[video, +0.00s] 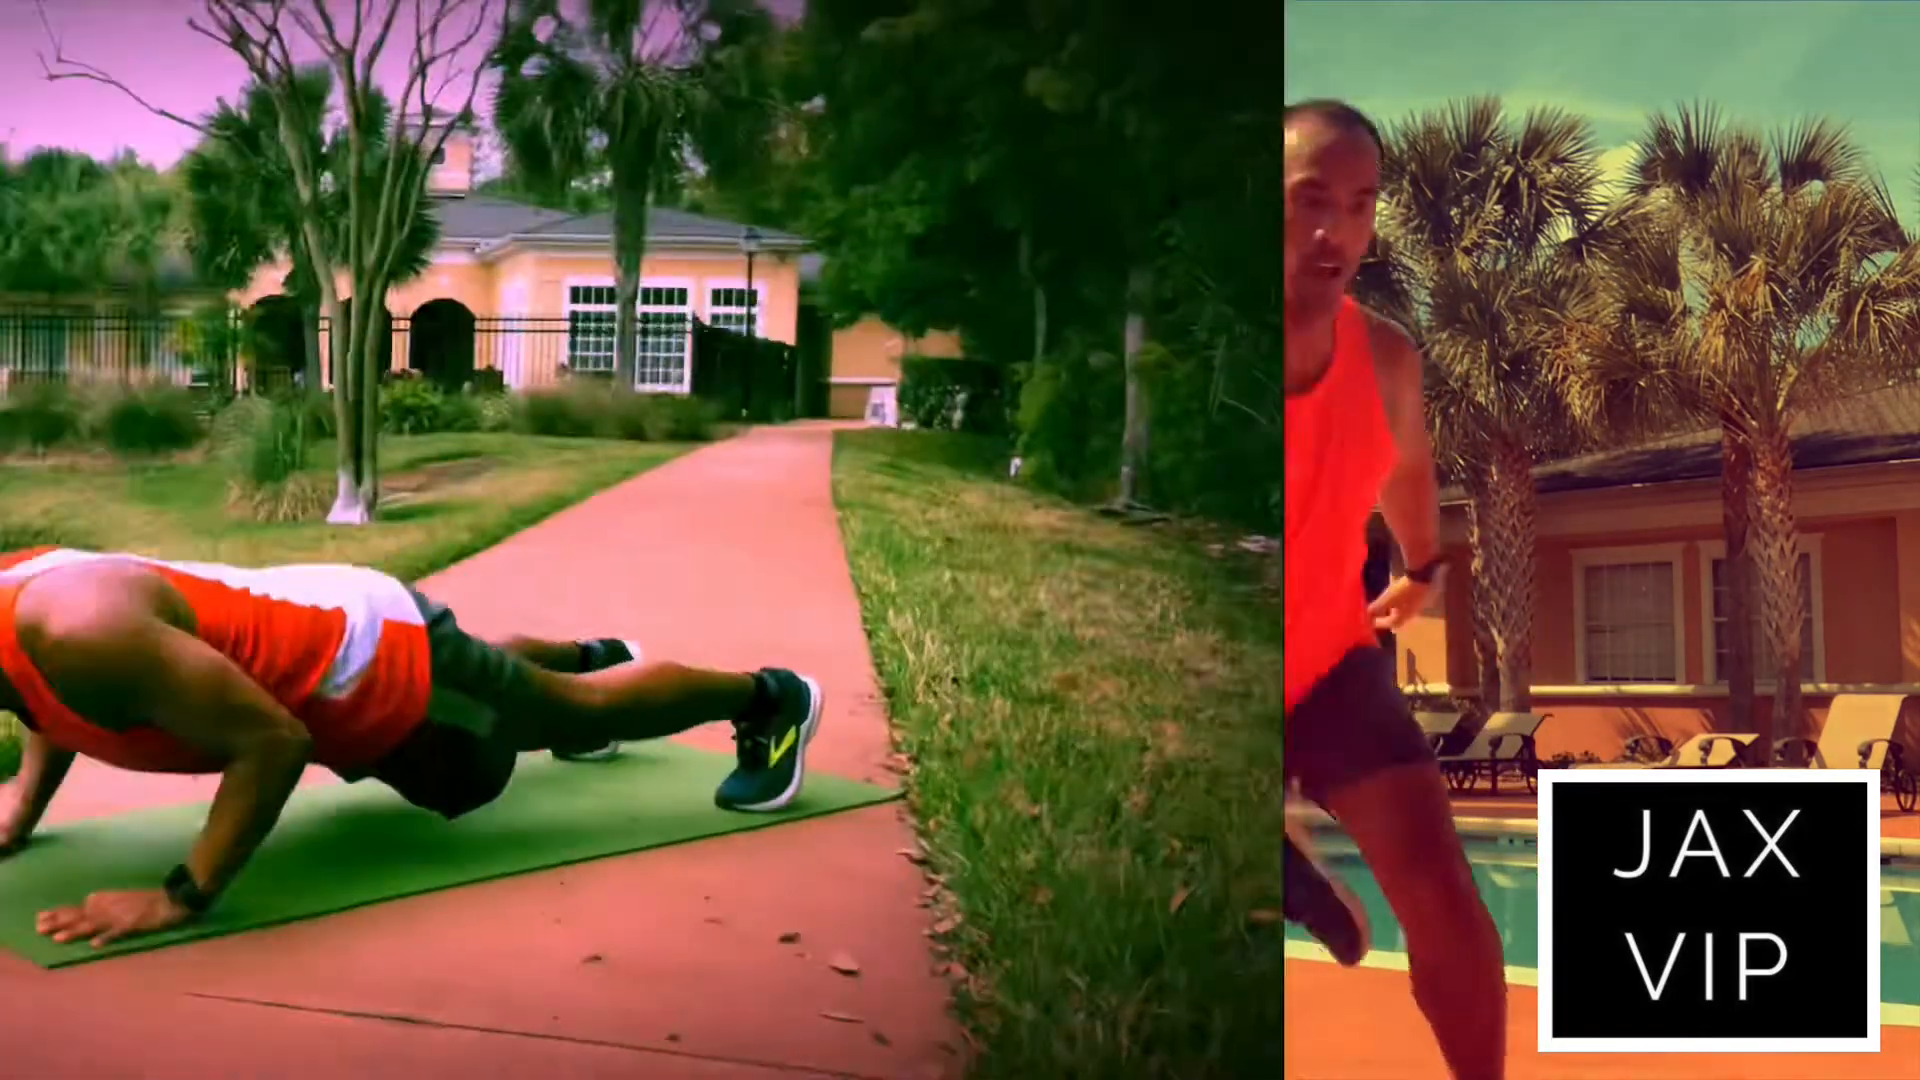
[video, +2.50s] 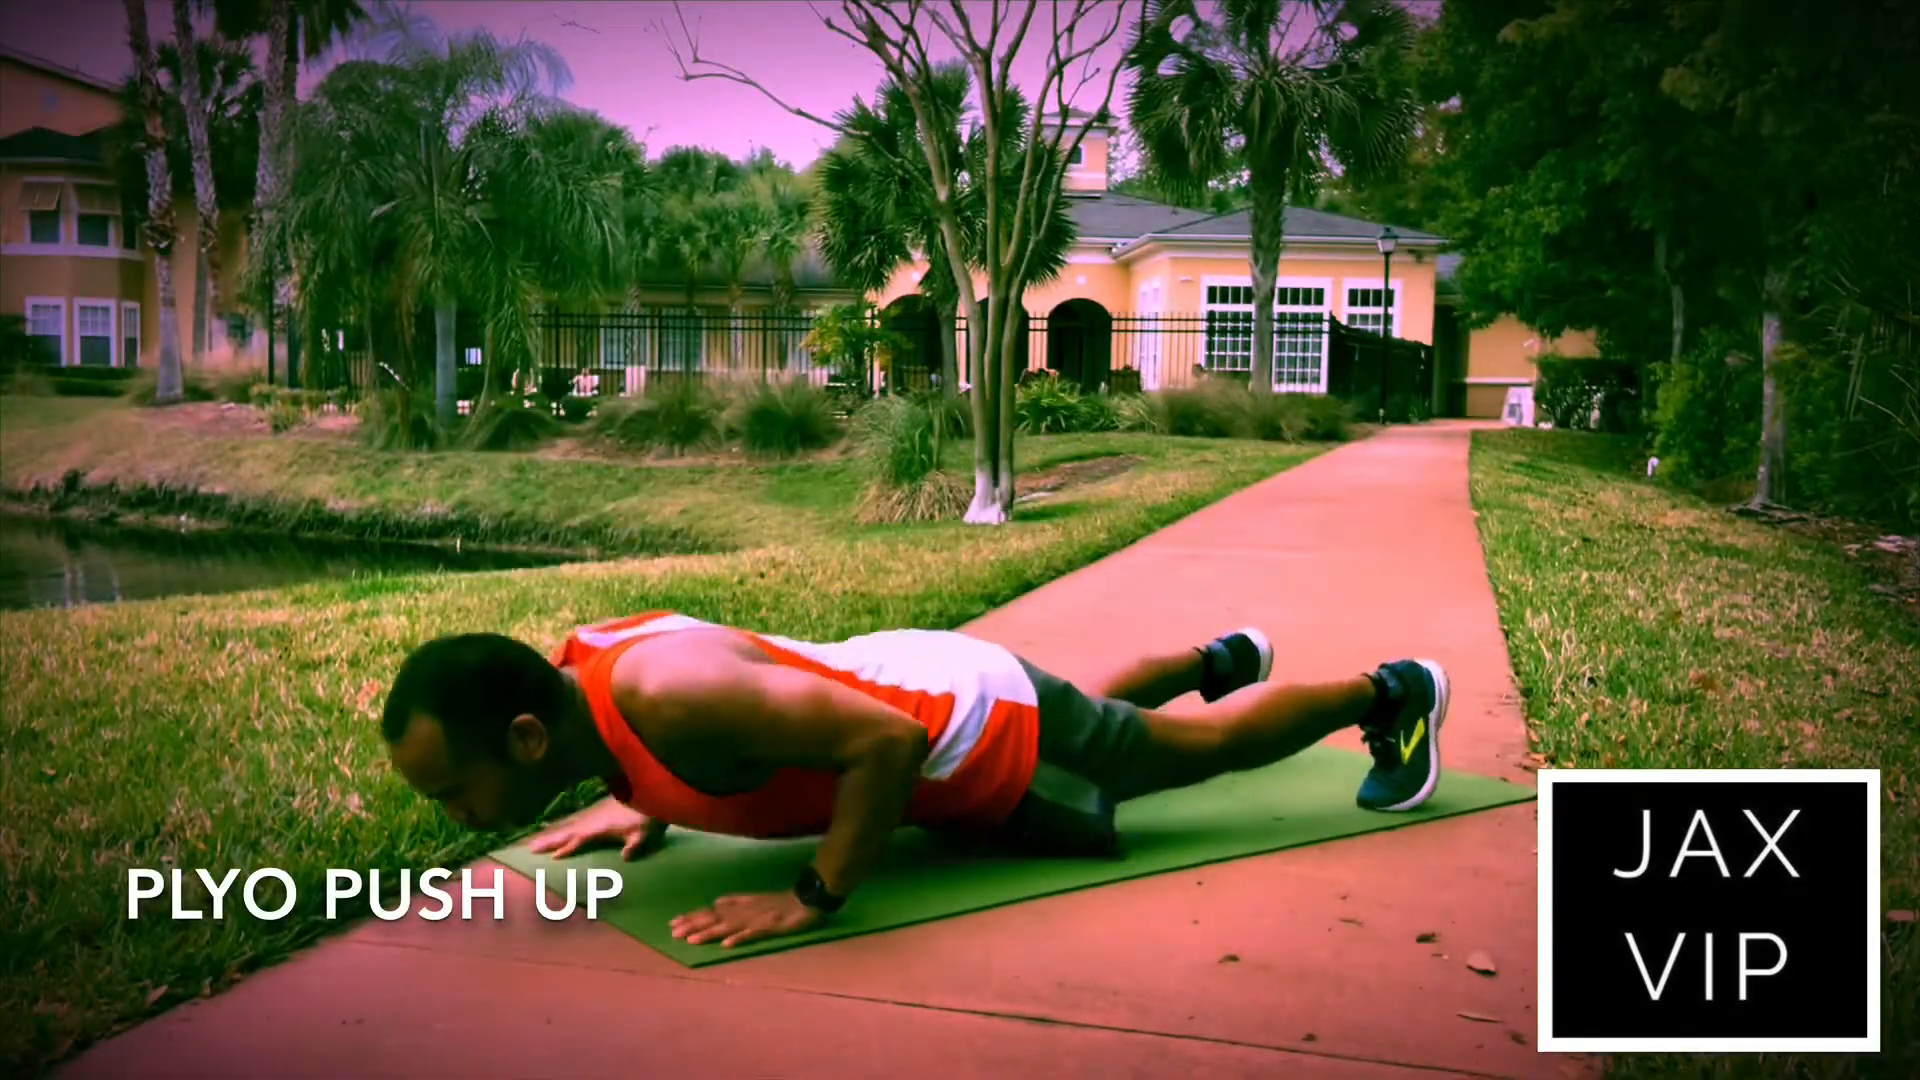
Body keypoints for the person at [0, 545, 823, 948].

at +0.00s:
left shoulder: (80, 631)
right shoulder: (12, 617)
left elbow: (273, 743)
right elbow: (65, 704)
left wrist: (185, 895)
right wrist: (24, 805)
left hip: (392, 661)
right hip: (329, 662)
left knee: (576, 708)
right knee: (468, 684)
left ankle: (767, 697)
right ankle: (589, 661)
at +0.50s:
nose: (489, 639)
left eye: (491, 609)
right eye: (473, 619)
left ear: (569, 561)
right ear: (558, 569)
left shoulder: (720, 585)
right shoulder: (625, 587)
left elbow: (881, 737)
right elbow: (672, 680)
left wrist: (821, 895)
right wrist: (653, 800)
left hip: (1022, 663)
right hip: (953, 666)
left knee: (1217, 715)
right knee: (1112, 694)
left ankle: (1400, 694)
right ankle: (1213, 654)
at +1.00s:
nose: (559, 550)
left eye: (555, 523)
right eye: (541, 533)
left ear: (621, 463)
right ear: (604, 468)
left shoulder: (795, 477)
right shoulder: (668, 503)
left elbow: (878, 694)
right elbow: (686, 656)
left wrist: (814, 880)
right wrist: (666, 813)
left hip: (1058, 572)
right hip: (983, 610)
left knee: (1234, 654)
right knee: (1126, 669)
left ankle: (1414, 697)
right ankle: (1244, 685)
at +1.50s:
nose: (441, 817)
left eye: (446, 793)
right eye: (427, 797)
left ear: (524, 741)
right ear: (516, 732)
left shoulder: (677, 712)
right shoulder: (578, 672)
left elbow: (885, 743)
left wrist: (824, 898)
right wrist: (656, 818)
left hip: (1001, 729)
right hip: (923, 671)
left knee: (1203, 736)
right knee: (1061, 692)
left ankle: (1391, 690)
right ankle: (1209, 659)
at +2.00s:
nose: (598, 395)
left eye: (599, 368)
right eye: (582, 379)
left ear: (674, 316)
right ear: (663, 324)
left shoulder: (839, 358)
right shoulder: (717, 394)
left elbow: (953, 550)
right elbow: (728, 516)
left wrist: (801, 630)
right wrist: (671, 609)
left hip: (1073, 523)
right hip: (993, 558)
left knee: (1233, 636)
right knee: (1117, 637)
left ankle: (1418, 697)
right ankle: (1251, 673)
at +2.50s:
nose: (450, 817)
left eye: (453, 795)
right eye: (435, 799)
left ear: (525, 736)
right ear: (515, 728)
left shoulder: (686, 702)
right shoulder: (575, 669)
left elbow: (887, 740)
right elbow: (677, 700)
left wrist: (818, 898)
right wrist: (649, 807)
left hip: (997, 730)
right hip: (916, 682)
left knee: (1196, 740)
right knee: (1059, 695)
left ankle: (1390, 691)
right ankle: (1210, 660)